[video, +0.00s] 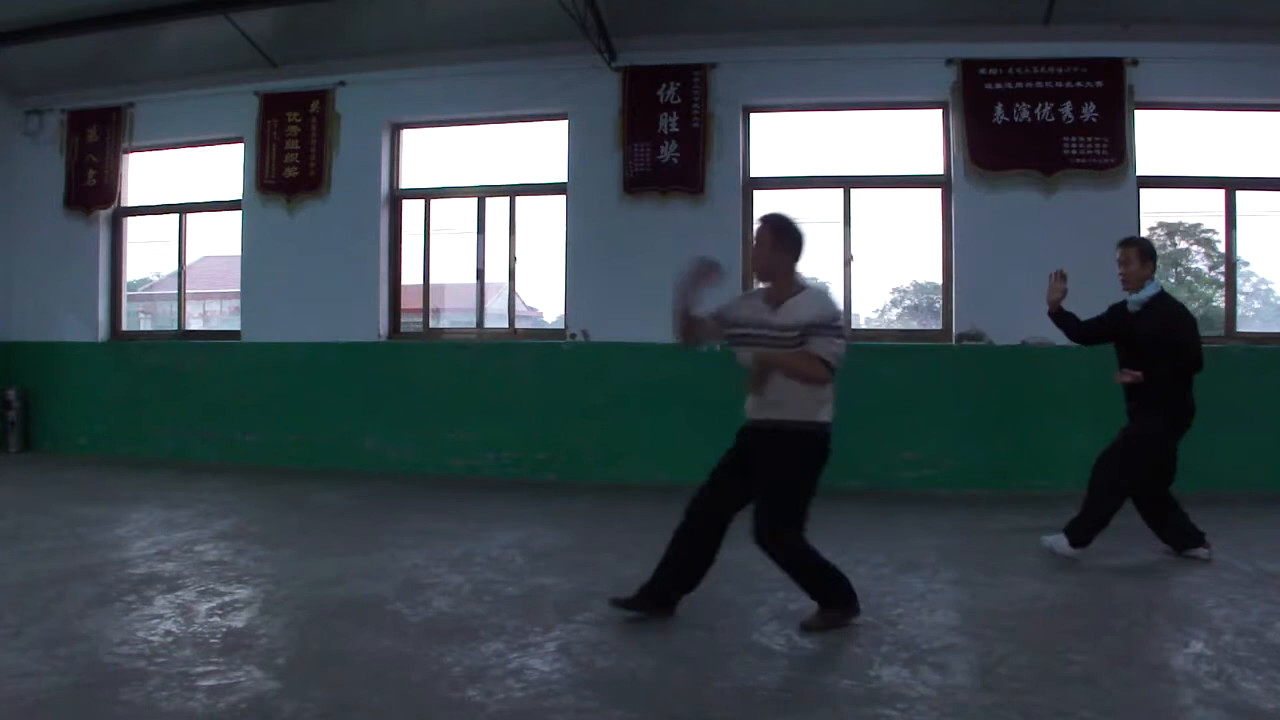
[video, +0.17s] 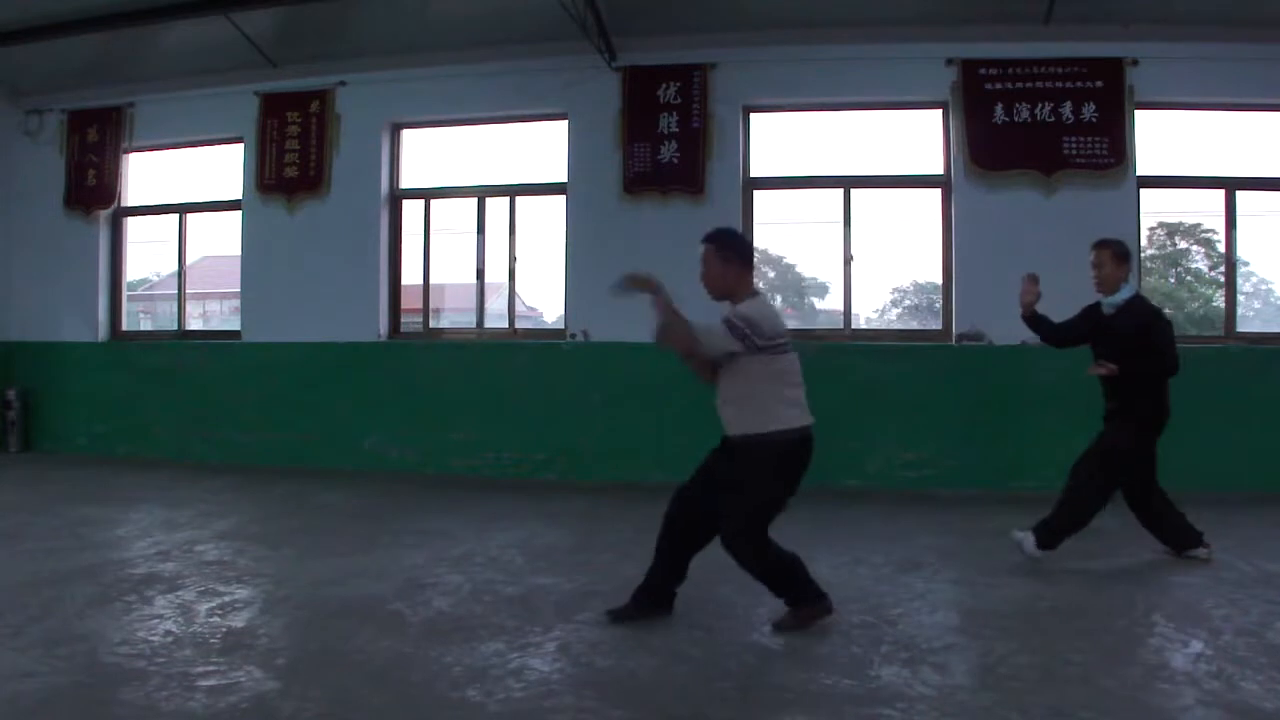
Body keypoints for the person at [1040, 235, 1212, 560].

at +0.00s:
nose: (1121, 271)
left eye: (1128, 264)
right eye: (1119, 264)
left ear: (1149, 268)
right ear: (1120, 268)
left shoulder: (1174, 313)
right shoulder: (1122, 313)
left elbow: (1192, 363)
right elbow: (1084, 334)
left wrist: (1145, 375)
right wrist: (1055, 309)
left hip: (1169, 414)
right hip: (1141, 413)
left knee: (1114, 467)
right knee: (1146, 484)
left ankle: (1075, 539)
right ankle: (1191, 544)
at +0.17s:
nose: (1094, 274)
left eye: (1101, 267)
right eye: (1093, 268)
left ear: (1124, 270)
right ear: (1097, 271)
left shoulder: (1149, 316)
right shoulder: (1098, 314)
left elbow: (1168, 365)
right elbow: (1060, 336)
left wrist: (1121, 370)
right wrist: (1029, 312)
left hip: (1144, 416)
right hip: (1118, 415)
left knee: (1092, 475)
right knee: (1139, 488)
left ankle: (1043, 538)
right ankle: (1189, 543)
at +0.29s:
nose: (1061, 273)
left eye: (1068, 266)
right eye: (1059, 266)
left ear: (1090, 269)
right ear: (1062, 269)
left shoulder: (1115, 317)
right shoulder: (1061, 313)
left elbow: (1131, 367)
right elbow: (1024, 336)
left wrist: (1087, 363)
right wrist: (994, 312)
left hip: (1109, 420)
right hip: (1084, 418)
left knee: (1053, 468)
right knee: (1128, 484)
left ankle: (1030, 545)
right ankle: (1187, 535)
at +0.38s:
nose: (1031, 268)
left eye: (1037, 261)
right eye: (1030, 261)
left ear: (1060, 265)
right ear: (1035, 265)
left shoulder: (1083, 312)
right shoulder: (1033, 308)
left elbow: (1092, 365)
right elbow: (999, 342)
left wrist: (1050, 351)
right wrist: (971, 321)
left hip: (1078, 413)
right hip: (1054, 411)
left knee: (1024, 470)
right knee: (1086, 481)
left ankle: (1023, 546)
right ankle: (1151, 511)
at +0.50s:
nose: (1001, 256)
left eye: (1006, 249)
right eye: (1001, 249)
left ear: (1026, 251)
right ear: (1027, 252)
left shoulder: (1037, 296)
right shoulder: (1040, 290)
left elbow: (1013, 346)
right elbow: (1037, 337)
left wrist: (975, 334)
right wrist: (1006, 316)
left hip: (1047, 402)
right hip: (1046, 398)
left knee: (1012, 468)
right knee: (1014, 464)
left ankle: (1020, 547)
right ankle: (1060, 506)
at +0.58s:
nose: (976, 241)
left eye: (981, 233)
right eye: (976, 234)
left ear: (1000, 234)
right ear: (1001, 234)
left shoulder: (1017, 276)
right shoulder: (1014, 272)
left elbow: (980, 306)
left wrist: (922, 283)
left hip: (1030, 381)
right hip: (1015, 373)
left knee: (1013, 458)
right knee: (952, 389)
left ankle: (1019, 543)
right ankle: (974, 450)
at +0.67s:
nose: (963, 230)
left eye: (967, 223)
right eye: (962, 223)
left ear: (987, 223)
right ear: (987, 224)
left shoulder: (1000, 267)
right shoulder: (999, 260)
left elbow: (945, 283)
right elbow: (1014, 312)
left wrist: (893, 266)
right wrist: (982, 308)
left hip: (1019, 365)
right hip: (1003, 355)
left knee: (996, 439)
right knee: (939, 349)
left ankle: (1008, 529)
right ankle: (962, 411)